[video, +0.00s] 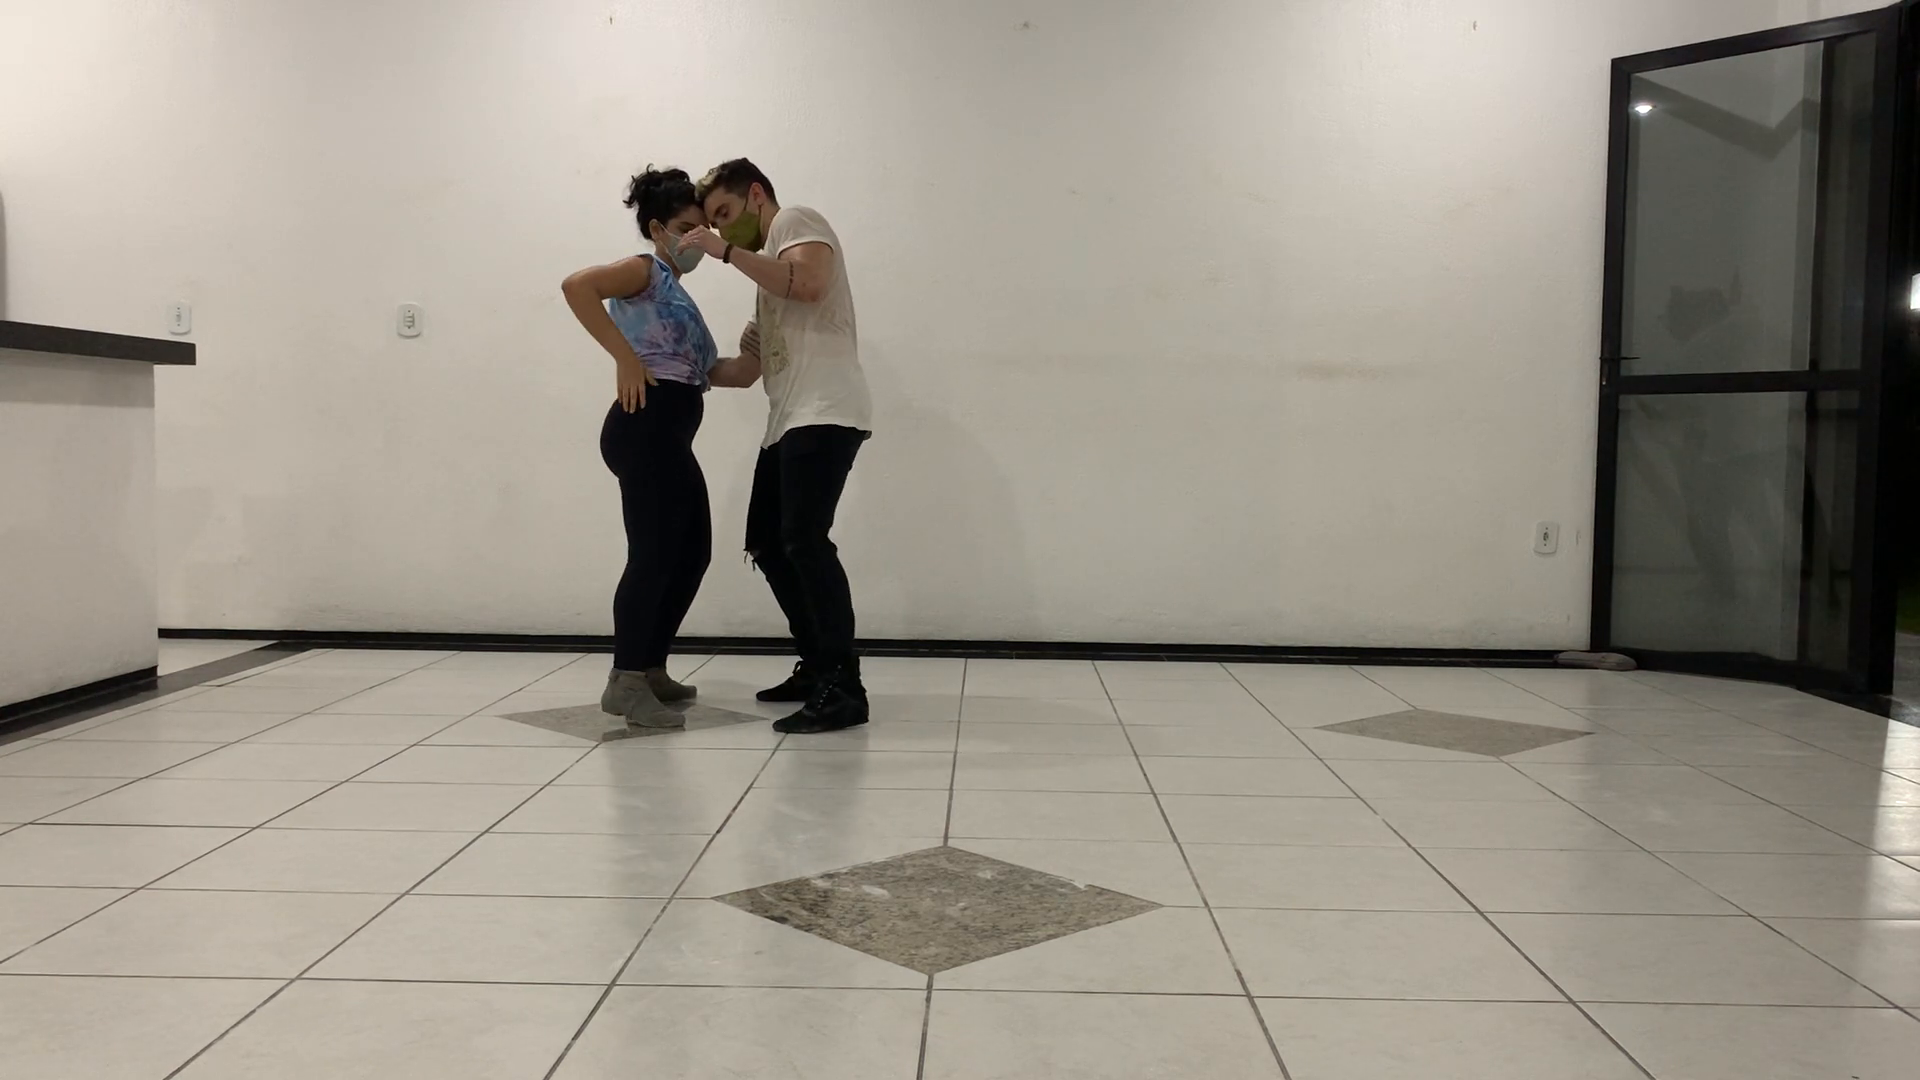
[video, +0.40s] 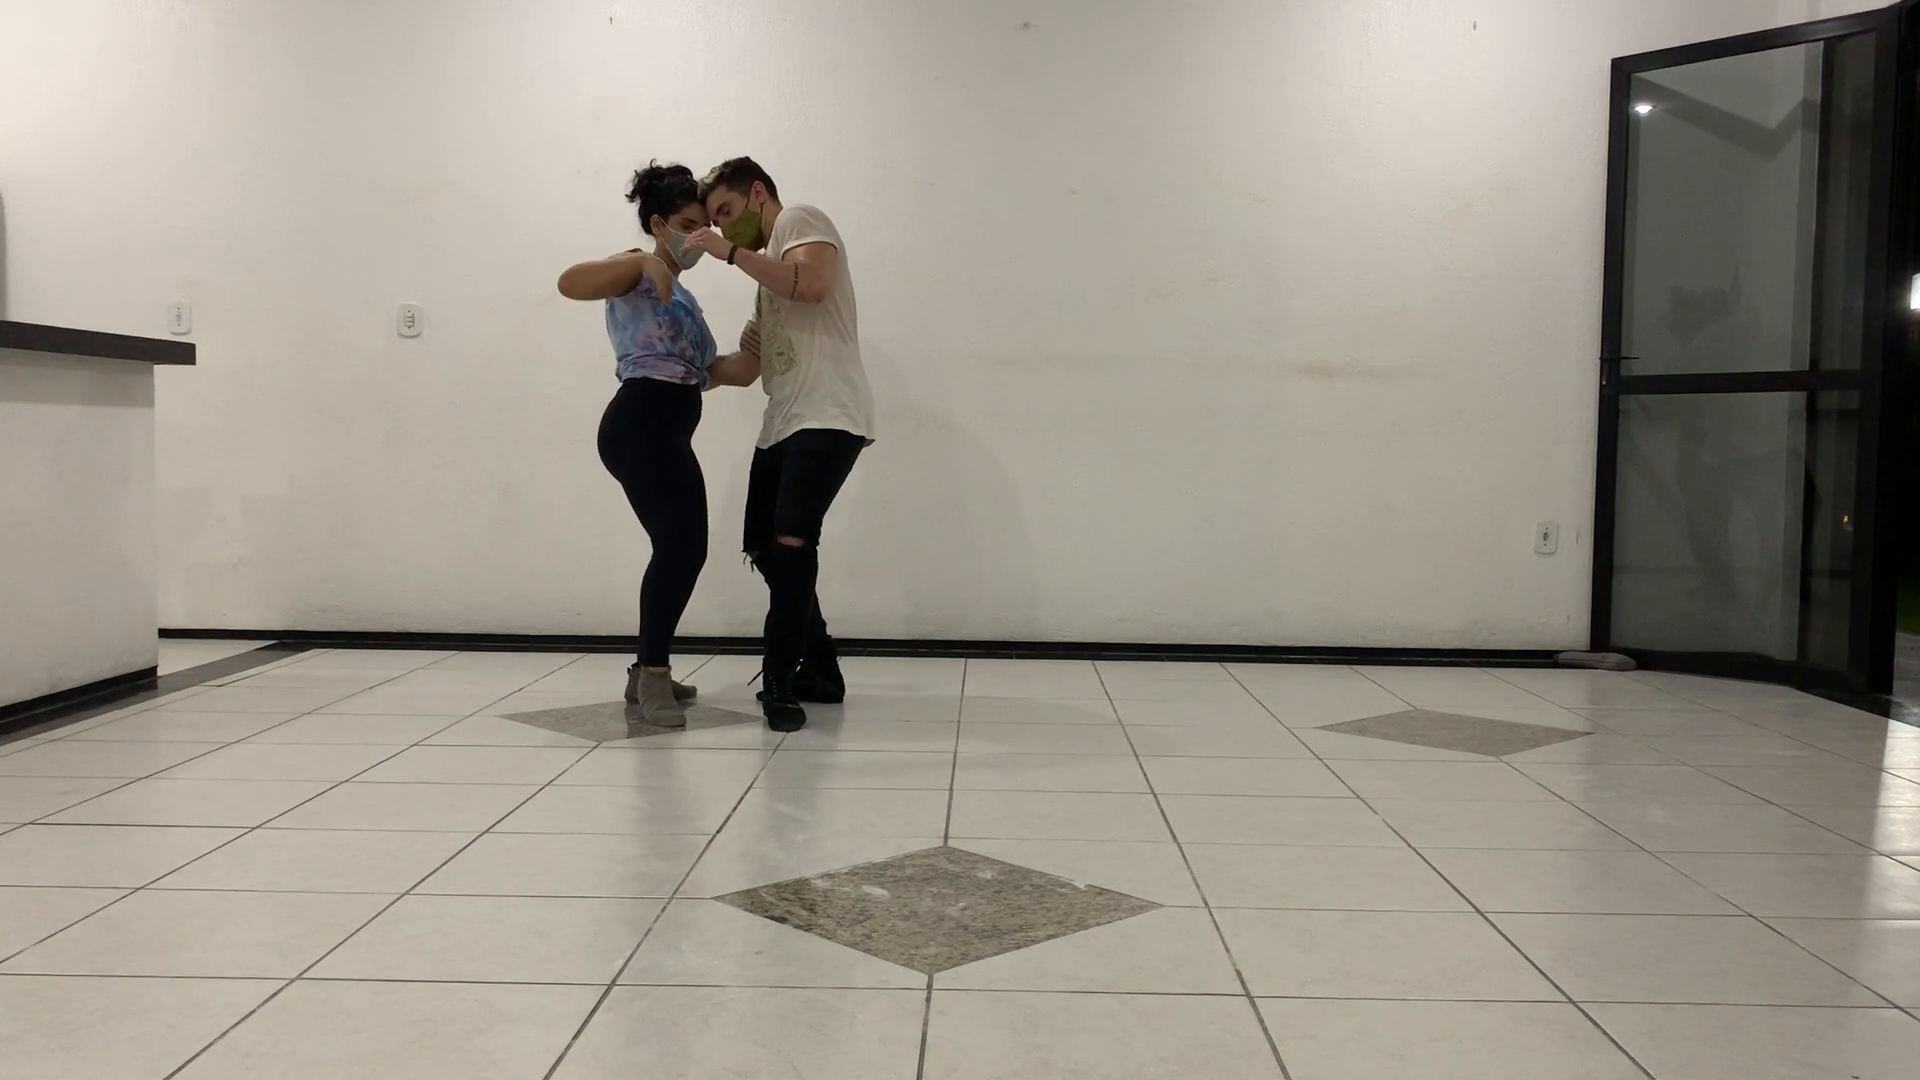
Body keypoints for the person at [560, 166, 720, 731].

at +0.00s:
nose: (695, 238)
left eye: (700, 227)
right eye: (683, 228)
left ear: (705, 229)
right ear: (655, 230)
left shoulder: (675, 298)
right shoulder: (645, 270)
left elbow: (733, 373)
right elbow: (577, 287)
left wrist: (757, 354)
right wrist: (624, 357)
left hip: (670, 427)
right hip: (643, 424)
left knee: (693, 551)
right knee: (656, 550)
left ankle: (649, 667)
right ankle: (627, 678)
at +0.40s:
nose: (696, 236)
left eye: (701, 225)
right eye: (686, 224)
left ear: (704, 229)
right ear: (656, 224)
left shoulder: (685, 302)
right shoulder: (637, 267)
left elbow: (727, 371)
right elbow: (569, 283)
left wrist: (774, 352)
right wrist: (643, 263)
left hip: (669, 427)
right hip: (638, 422)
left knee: (688, 548)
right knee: (676, 545)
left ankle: (652, 668)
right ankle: (649, 676)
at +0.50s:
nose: (700, 237)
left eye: (704, 226)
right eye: (691, 224)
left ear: (700, 230)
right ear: (658, 220)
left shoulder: (680, 296)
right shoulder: (638, 265)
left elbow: (720, 371)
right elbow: (580, 296)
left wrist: (758, 348)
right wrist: (631, 247)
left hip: (671, 426)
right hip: (641, 422)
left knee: (688, 552)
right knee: (669, 551)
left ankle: (652, 670)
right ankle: (645, 679)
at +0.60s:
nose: (700, 236)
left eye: (703, 225)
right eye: (692, 224)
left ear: (685, 232)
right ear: (663, 221)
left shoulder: (670, 279)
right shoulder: (639, 264)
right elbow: (591, 304)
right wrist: (625, 243)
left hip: (670, 424)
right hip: (644, 421)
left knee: (687, 551)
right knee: (662, 551)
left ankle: (651, 671)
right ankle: (644, 682)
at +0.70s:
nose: (700, 236)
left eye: (704, 225)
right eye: (692, 223)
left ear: (696, 231)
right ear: (661, 223)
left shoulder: (675, 283)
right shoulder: (639, 265)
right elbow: (599, 310)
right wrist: (626, 245)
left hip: (670, 424)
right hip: (643, 422)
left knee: (686, 552)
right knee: (664, 552)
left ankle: (651, 670)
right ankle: (644, 681)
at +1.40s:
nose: (711, 221)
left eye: (716, 209)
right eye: (698, 209)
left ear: (720, 208)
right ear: (668, 210)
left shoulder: (698, 278)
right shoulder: (641, 270)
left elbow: (704, 358)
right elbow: (622, 351)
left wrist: (743, 335)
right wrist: (617, 296)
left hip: (680, 423)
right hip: (642, 419)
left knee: (688, 543)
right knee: (677, 537)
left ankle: (655, 665)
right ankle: (650, 668)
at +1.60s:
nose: (712, 212)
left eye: (715, 199)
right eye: (698, 200)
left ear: (717, 198)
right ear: (664, 202)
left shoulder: (693, 268)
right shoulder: (644, 268)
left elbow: (709, 334)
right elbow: (623, 348)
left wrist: (755, 324)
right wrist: (618, 394)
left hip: (684, 420)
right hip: (649, 419)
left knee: (691, 545)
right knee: (669, 547)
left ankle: (651, 667)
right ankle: (650, 679)